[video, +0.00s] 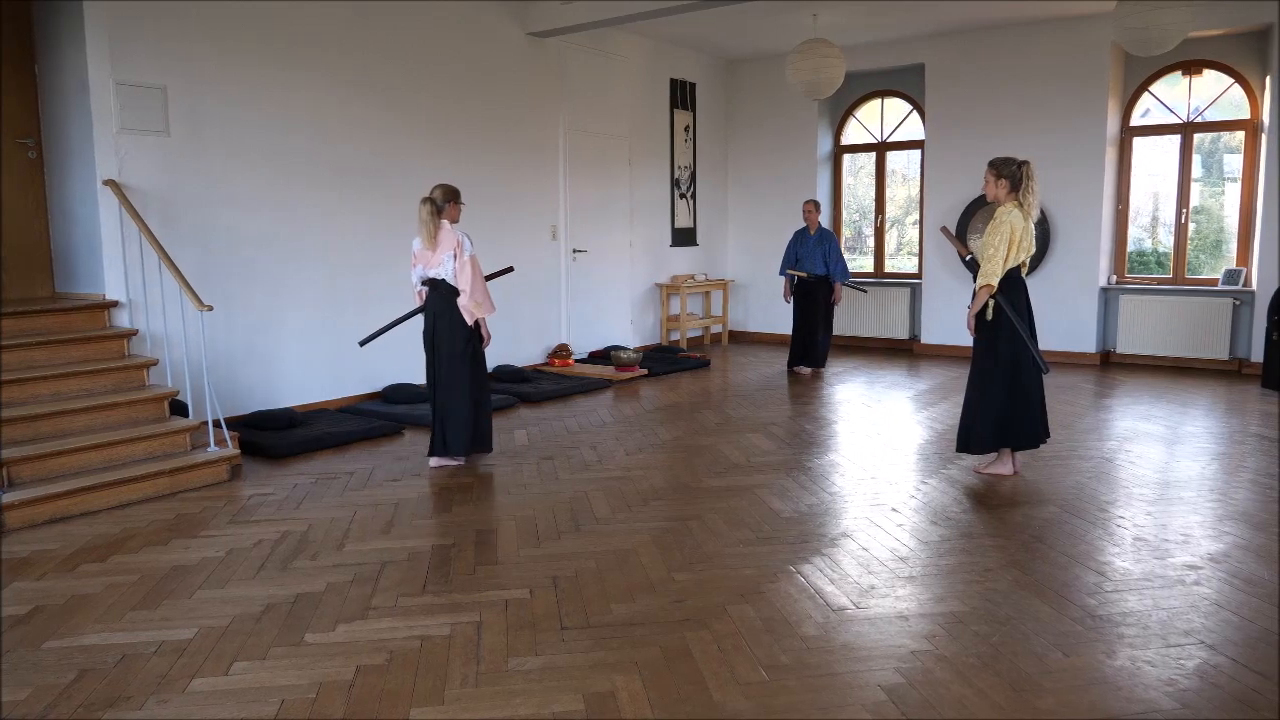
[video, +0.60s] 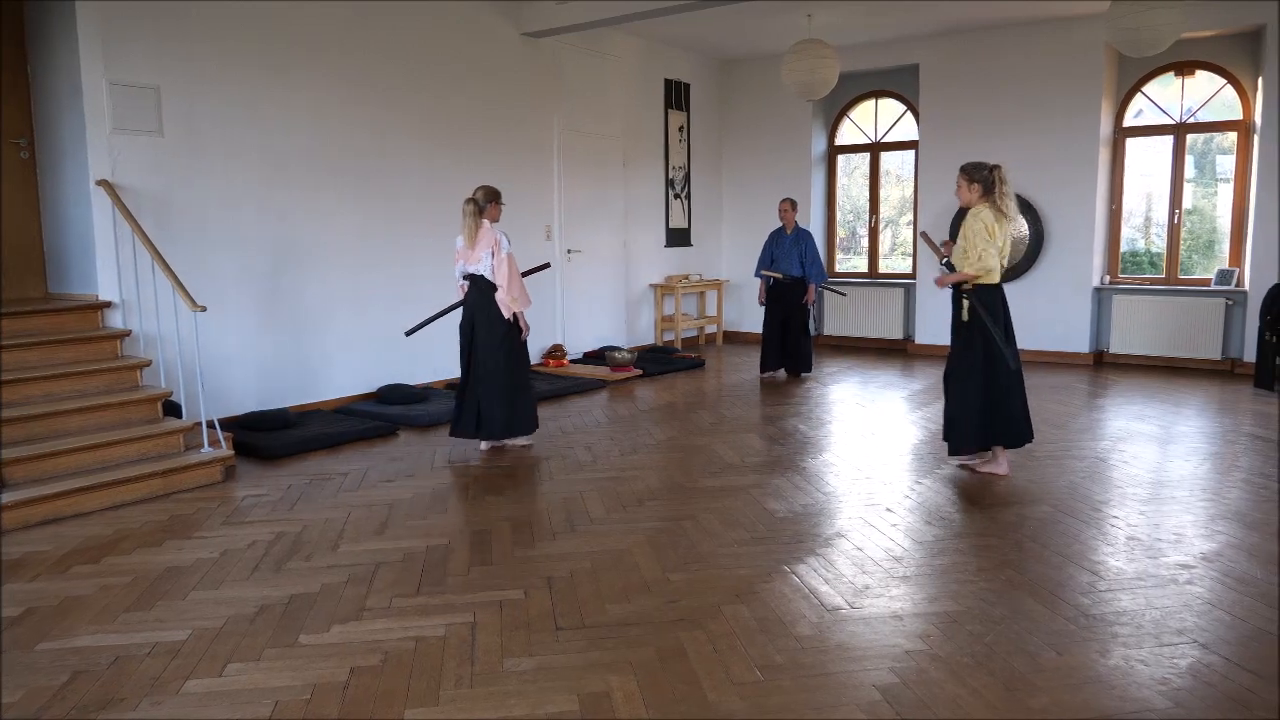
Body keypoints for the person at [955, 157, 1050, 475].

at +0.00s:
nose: (984, 187)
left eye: (988, 181)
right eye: (985, 181)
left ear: (1003, 184)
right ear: (1010, 185)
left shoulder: (1004, 217)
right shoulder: (1022, 216)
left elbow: (992, 269)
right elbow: (994, 266)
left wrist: (973, 308)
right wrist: (965, 251)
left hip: (1000, 302)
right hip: (1015, 298)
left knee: (1000, 375)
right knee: (1008, 375)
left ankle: (1005, 457)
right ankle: (1007, 454)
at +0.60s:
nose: (956, 192)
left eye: (959, 187)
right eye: (957, 186)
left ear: (975, 188)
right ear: (980, 189)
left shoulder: (976, 218)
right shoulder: (995, 215)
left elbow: (983, 265)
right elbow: (996, 257)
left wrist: (950, 277)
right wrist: (956, 250)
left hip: (978, 304)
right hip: (991, 301)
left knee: (988, 376)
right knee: (984, 375)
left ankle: (999, 458)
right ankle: (984, 449)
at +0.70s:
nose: (945, 195)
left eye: (948, 190)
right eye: (945, 189)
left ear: (963, 191)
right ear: (969, 191)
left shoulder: (965, 220)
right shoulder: (984, 217)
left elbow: (971, 265)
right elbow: (981, 258)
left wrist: (942, 266)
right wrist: (940, 252)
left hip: (966, 303)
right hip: (981, 300)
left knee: (950, 373)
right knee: (985, 375)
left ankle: (997, 459)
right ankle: (949, 443)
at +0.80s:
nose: (930, 200)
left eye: (933, 194)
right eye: (931, 194)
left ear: (949, 196)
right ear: (954, 196)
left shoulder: (951, 226)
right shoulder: (970, 222)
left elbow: (951, 272)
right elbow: (974, 263)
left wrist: (926, 270)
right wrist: (934, 261)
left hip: (955, 306)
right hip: (969, 302)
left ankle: (996, 459)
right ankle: (930, 445)